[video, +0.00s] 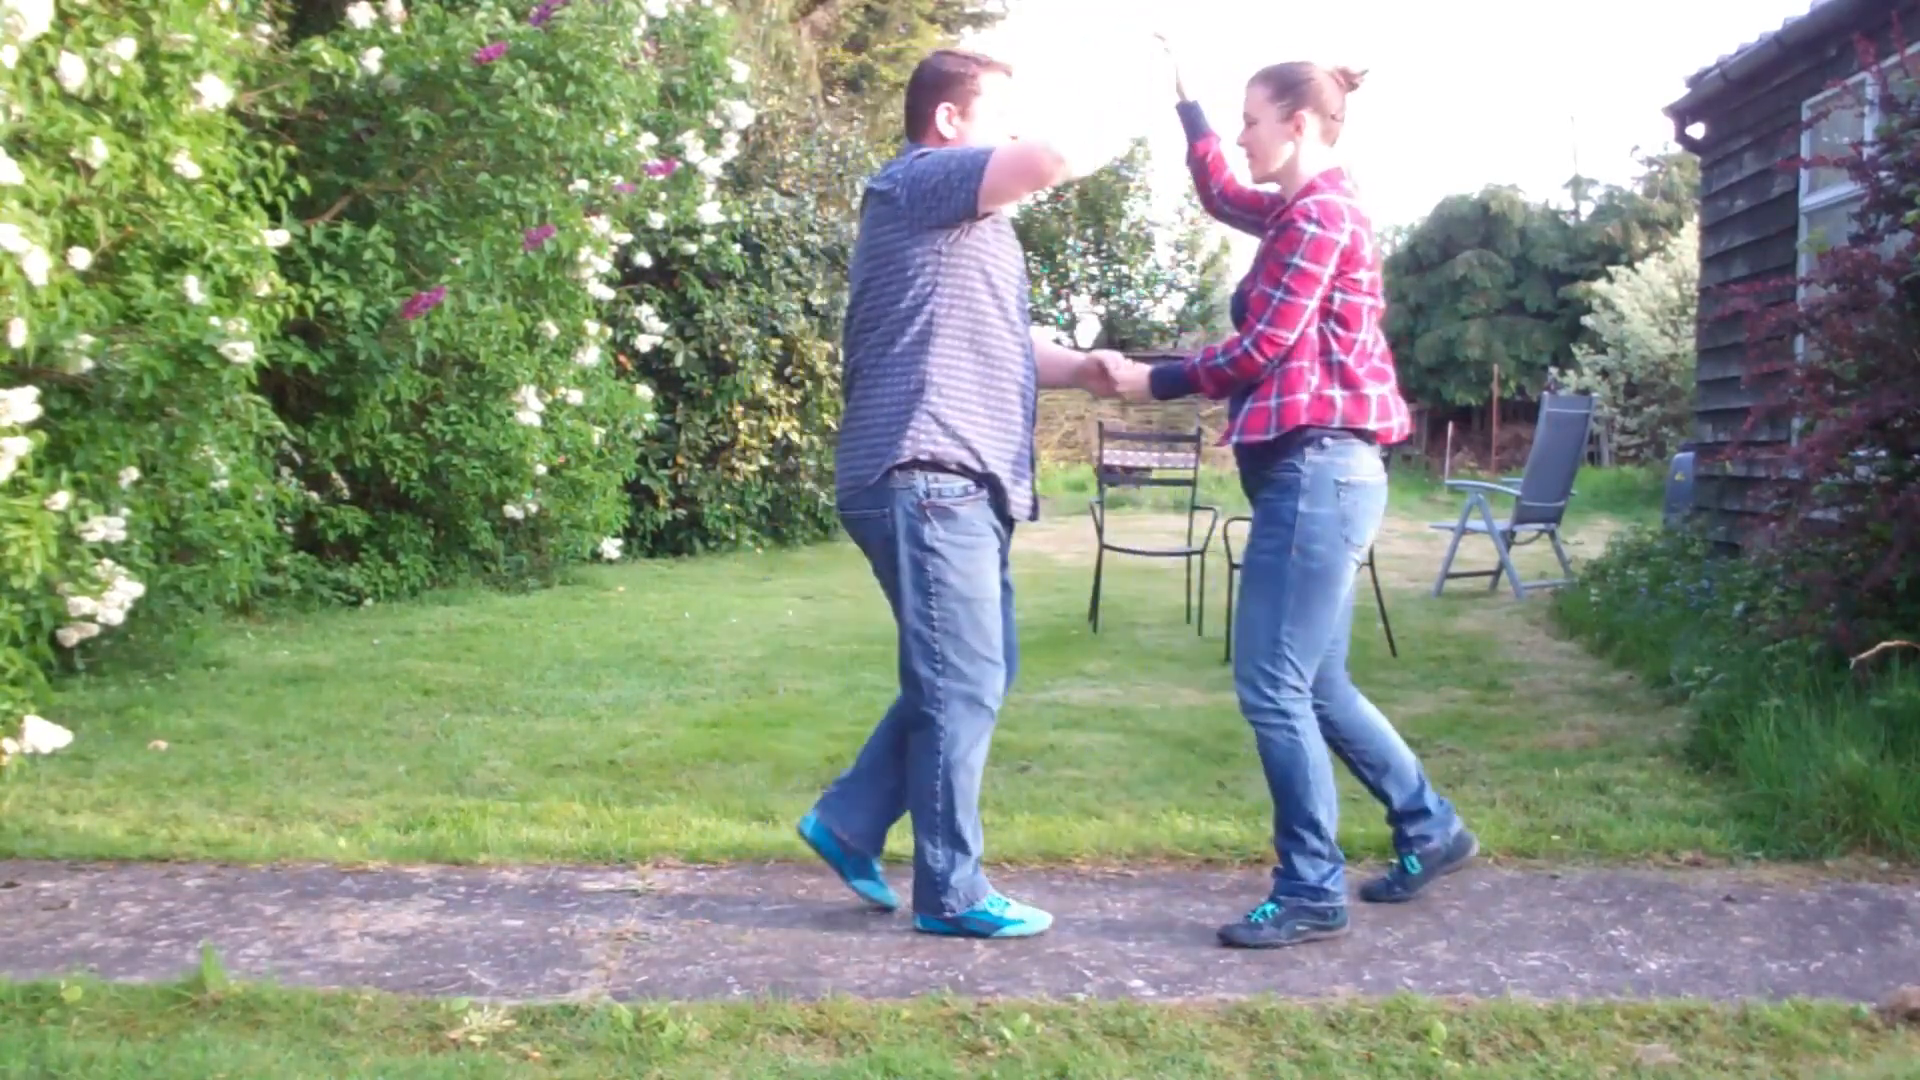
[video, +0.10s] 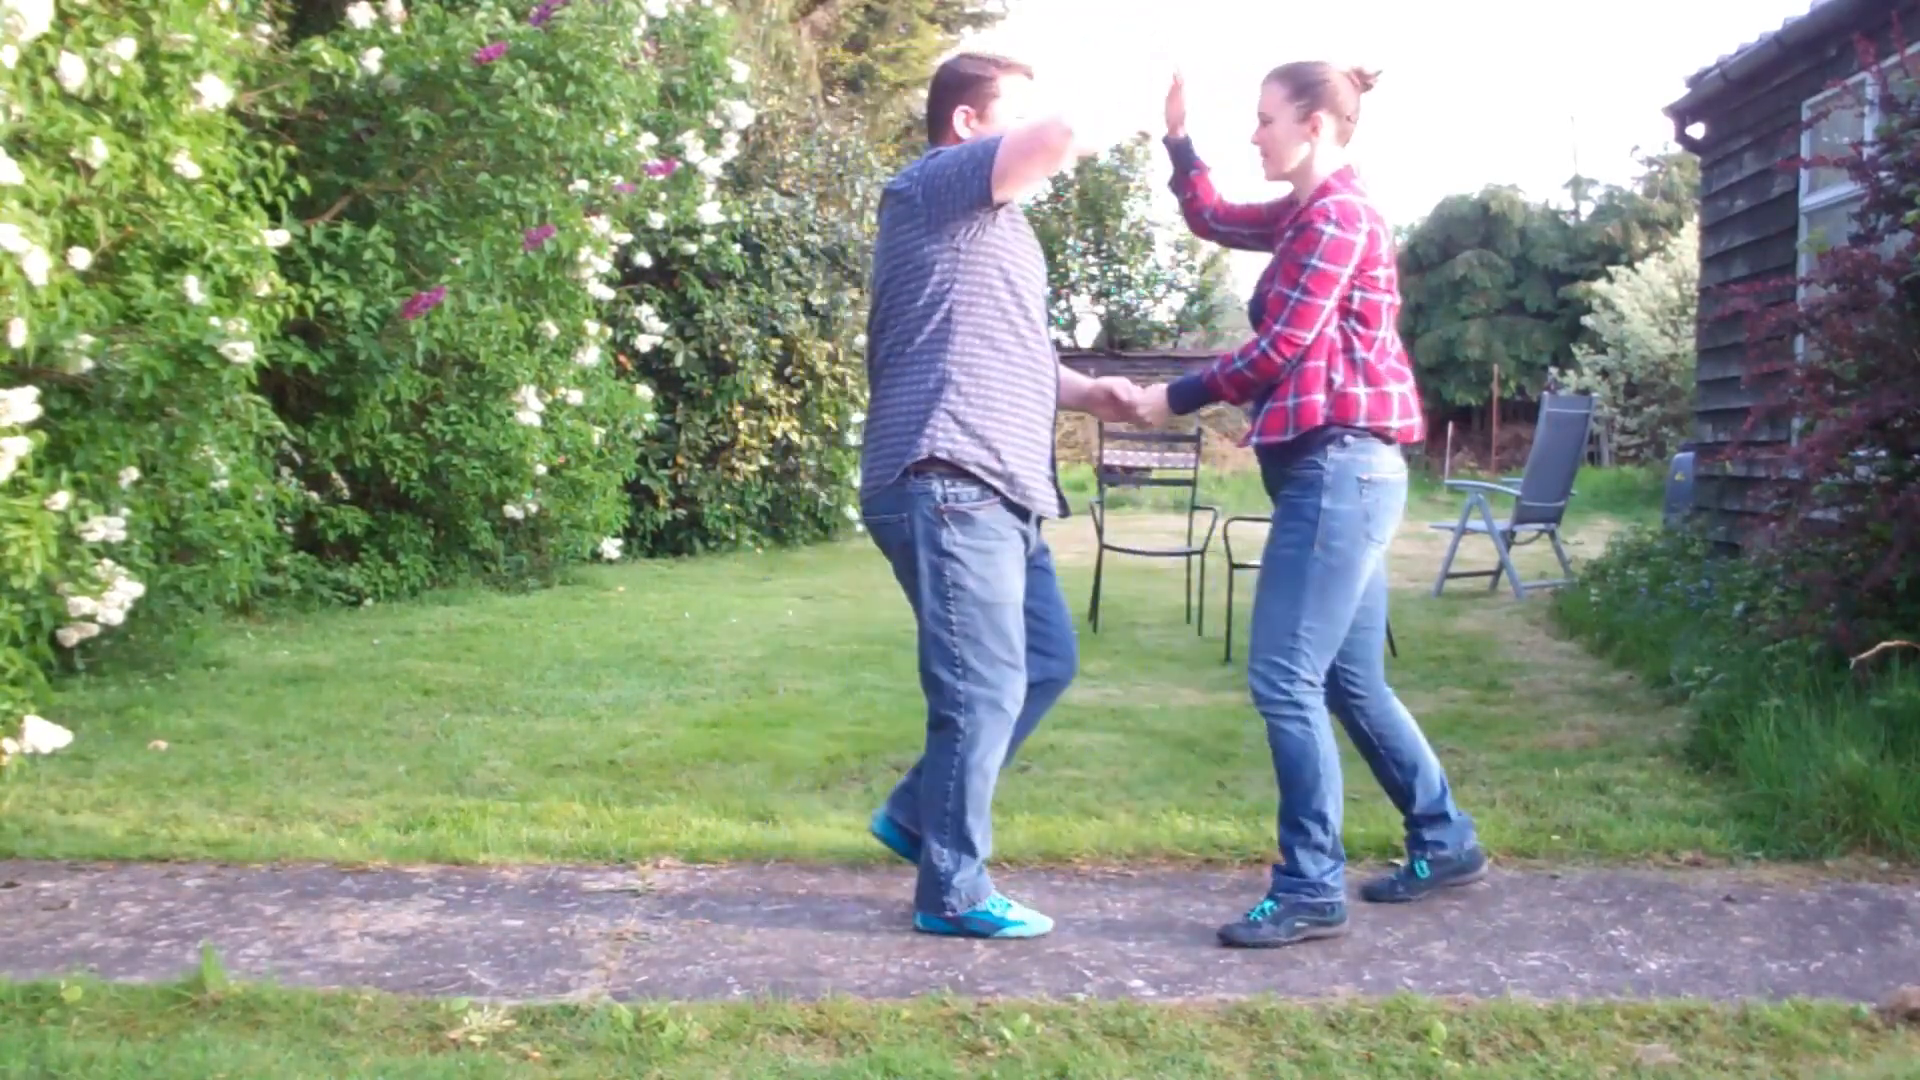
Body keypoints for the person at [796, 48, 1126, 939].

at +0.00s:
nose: (1014, 125)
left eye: (1012, 110)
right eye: (999, 108)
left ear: (956, 120)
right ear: (948, 117)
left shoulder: (978, 220)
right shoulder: (911, 183)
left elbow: (1003, 350)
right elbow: (1044, 162)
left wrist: (1092, 365)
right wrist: (1111, 120)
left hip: (971, 478)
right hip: (921, 471)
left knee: (979, 673)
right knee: (958, 680)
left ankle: (847, 822)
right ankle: (951, 889)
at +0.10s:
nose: (1039, 118)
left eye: (1035, 102)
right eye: (1022, 103)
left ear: (976, 119)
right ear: (969, 118)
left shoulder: (1003, 227)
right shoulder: (926, 187)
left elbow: (1012, 361)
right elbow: (1056, 137)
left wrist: (1097, 389)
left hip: (1003, 489)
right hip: (945, 477)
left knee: (1045, 662)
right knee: (977, 688)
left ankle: (916, 810)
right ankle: (952, 889)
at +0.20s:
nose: (1054, 119)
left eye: (1053, 108)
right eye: (1037, 107)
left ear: (994, 123)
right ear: (982, 120)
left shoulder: (1025, 227)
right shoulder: (944, 187)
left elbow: (1026, 374)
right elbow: (1060, 122)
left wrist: (1115, 416)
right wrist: (1055, 106)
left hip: (1035, 500)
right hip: (966, 487)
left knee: (1081, 664)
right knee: (995, 690)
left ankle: (1022, 846)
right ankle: (953, 888)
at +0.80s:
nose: (1010, 119)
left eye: (1032, 104)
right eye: (1005, 102)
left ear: (1089, 113)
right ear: (997, 106)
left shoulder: (1137, 229)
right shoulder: (980, 179)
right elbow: (914, 92)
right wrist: (996, 21)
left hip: (1079, 504)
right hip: (974, 505)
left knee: (1093, 695)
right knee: (994, 700)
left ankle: (1142, 834)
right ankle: (1061, 873)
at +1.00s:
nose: (969, 124)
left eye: (976, 106)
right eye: (974, 106)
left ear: (1006, 106)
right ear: (1056, 108)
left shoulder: (1016, 198)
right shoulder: (1085, 191)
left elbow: (950, 350)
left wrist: (902, 340)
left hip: (1027, 483)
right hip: (1074, 477)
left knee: (966, 677)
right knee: (1013, 679)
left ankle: (1064, 880)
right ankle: (1066, 873)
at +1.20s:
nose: (960, 117)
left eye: (960, 105)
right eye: (1053, 103)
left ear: (963, 111)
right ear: (1056, 107)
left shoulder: (923, 207)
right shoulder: (1102, 183)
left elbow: (879, 349)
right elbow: (1066, 298)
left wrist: (974, 365)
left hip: (988, 494)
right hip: (1095, 489)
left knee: (971, 706)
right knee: (1049, 697)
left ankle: (990, 933)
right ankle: (1054, 907)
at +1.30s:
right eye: (1045, 94)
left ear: (947, 116)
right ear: (1038, 110)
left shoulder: (897, 221)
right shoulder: (1085, 174)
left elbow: (885, 370)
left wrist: (973, 373)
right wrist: (1037, 66)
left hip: (971, 493)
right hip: (1088, 485)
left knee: (977, 717)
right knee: (1060, 705)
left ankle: (994, 941)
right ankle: (1052, 914)